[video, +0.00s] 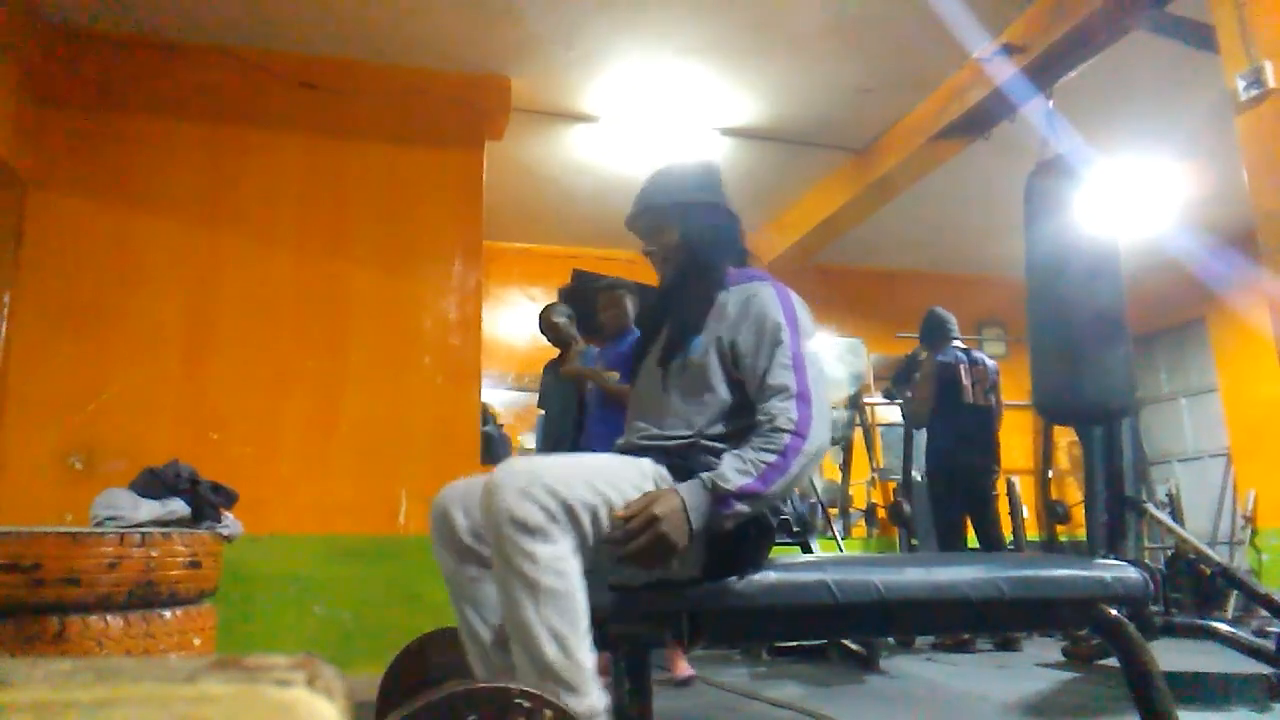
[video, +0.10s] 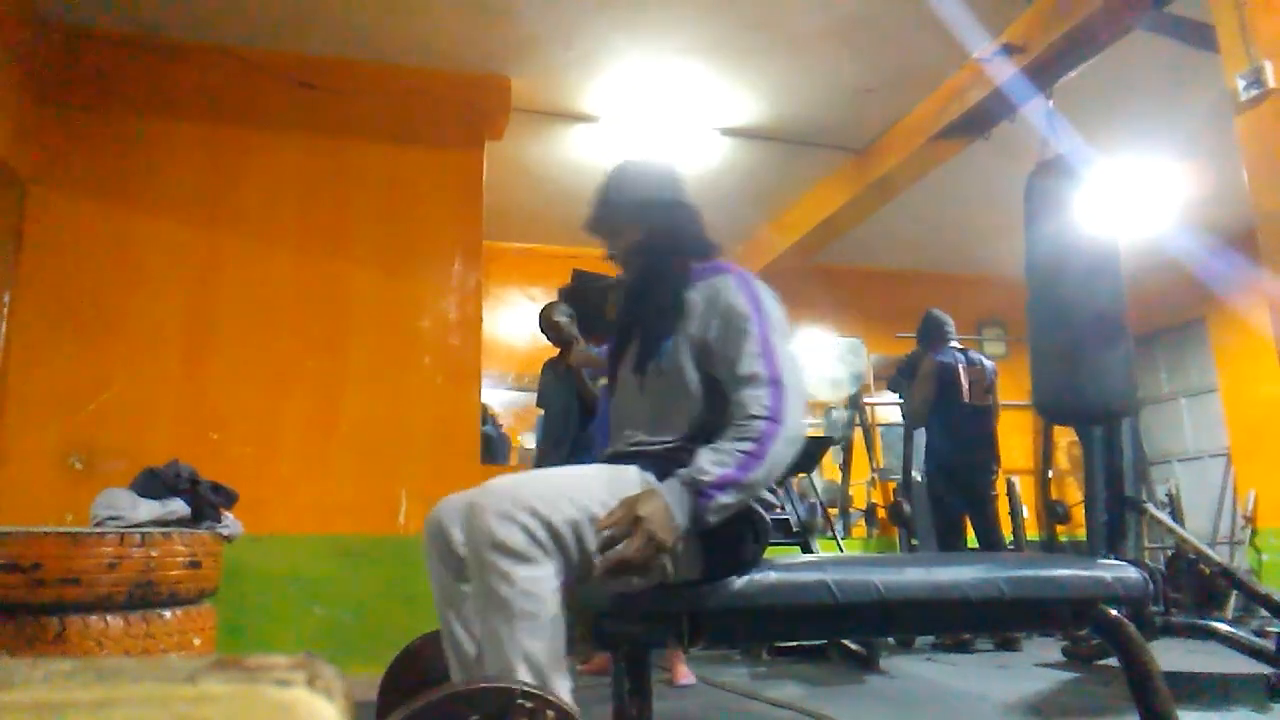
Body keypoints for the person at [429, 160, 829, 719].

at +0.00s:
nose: (647, 254)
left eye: (654, 237)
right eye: (643, 242)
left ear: (695, 227)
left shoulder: (762, 300)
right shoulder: (671, 316)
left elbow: (794, 431)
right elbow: (658, 428)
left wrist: (695, 500)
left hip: (710, 495)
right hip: (641, 482)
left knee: (522, 494)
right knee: (458, 508)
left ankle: (572, 707)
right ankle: (512, 701)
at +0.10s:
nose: (612, 252)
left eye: (617, 234)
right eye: (606, 239)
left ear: (654, 223)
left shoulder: (730, 293)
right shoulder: (641, 313)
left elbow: (772, 426)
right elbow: (627, 433)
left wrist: (679, 501)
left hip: (699, 500)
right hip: (631, 489)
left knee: (505, 516)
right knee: (451, 523)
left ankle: (536, 705)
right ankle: (484, 706)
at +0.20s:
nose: (566, 264)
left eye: (571, 244)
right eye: (561, 248)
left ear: (602, 229)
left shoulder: (693, 289)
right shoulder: (603, 319)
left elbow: (729, 428)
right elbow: (601, 450)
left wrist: (650, 511)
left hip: (695, 503)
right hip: (627, 497)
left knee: (483, 534)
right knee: (443, 534)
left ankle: (534, 709)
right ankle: (485, 706)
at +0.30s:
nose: (509, 280)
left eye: (511, 261)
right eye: (500, 266)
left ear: (542, 240)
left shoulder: (639, 289)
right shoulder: (561, 319)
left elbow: (677, 427)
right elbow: (555, 445)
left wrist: (614, 536)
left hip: (699, 501)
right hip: (624, 488)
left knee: (483, 532)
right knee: (445, 536)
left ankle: (531, 710)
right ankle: (486, 708)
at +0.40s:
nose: (459, 315)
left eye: (455, 295)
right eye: (449, 301)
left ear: (483, 276)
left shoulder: (592, 299)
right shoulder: (528, 333)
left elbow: (628, 437)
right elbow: (544, 457)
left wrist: (586, 558)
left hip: (701, 499)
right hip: (640, 495)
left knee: (491, 536)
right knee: (452, 539)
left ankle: (533, 708)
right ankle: (486, 706)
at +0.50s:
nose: (425, 351)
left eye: (418, 334)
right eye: (413, 340)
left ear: (441, 314)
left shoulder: (564, 322)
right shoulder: (509, 368)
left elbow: (599, 457)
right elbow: (521, 482)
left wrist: (555, 583)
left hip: (704, 490)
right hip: (641, 488)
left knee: (503, 543)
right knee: (461, 543)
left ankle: (541, 707)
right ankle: (489, 702)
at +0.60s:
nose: (420, 390)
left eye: (416, 370)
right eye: (406, 377)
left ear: (444, 341)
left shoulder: (568, 343)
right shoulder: (506, 393)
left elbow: (598, 474)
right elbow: (508, 512)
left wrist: (554, 606)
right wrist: (464, 623)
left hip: (718, 490)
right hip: (654, 494)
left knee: (512, 539)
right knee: (472, 547)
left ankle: (543, 702)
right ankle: (496, 699)